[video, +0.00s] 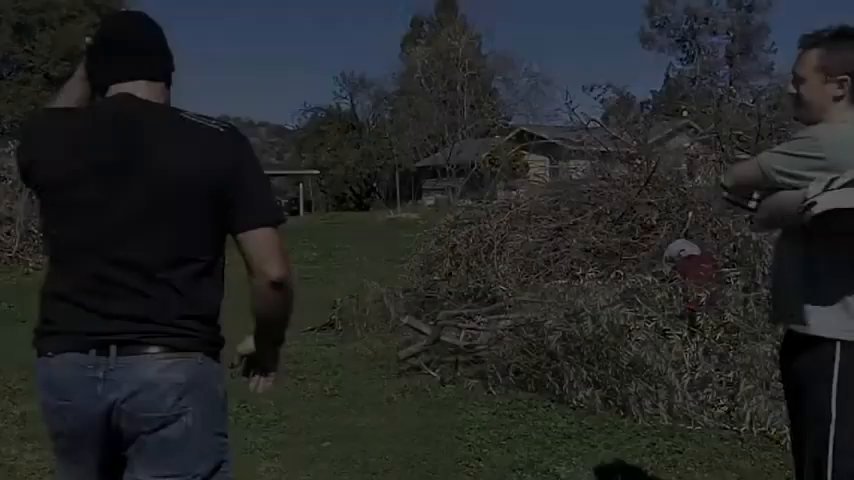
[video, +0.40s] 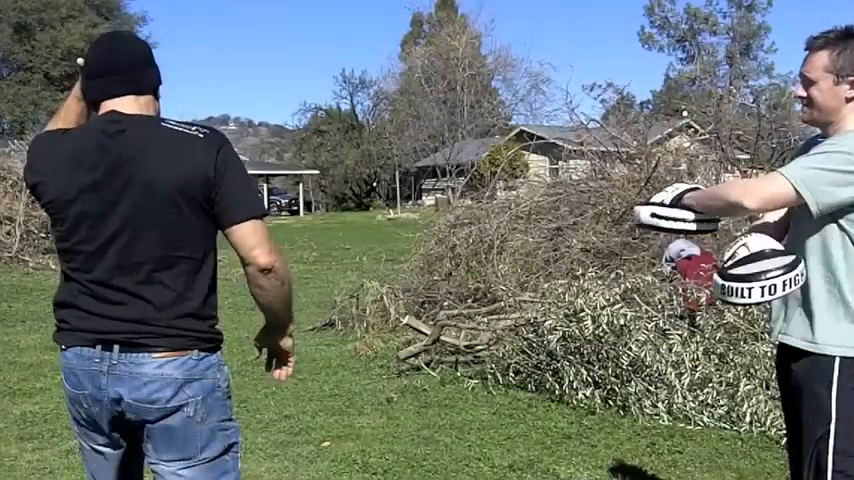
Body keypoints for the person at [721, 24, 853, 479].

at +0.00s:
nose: (791, 91)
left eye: (800, 81)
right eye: (793, 81)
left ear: (838, 87)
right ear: (835, 88)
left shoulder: (832, 139)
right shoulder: (831, 138)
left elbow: (738, 176)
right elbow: (762, 213)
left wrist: (745, 195)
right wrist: (805, 199)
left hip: (830, 340)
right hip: (815, 337)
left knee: (825, 463)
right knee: (813, 461)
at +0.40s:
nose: (798, 92)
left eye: (809, 82)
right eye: (800, 81)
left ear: (847, 88)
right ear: (838, 88)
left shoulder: (848, 149)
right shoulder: (819, 146)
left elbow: (752, 196)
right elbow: (787, 217)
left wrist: (685, 200)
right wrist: (754, 245)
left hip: (835, 347)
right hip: (803, 341)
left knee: (829, 469)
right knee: (806, 464)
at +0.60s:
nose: (793, 92)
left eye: (804, 82)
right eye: (796, 81)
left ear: (845, 87)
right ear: (837, 87)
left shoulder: (845, 152)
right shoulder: (823, 155)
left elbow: (807, 222)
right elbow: (800, 243)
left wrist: (698, 224)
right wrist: (734, 271)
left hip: (831, 362)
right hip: (805, 356)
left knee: (826, 470)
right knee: (807, 467)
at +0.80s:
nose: (779, 92)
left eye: (790, 82)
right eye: (781, 82)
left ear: (831, 88)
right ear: (825, 88)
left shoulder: (844, 155)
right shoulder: (819, 158)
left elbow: (850, 236)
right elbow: (817, 253)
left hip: (829, 363)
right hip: (804, 358)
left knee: (827, 472)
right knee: (808, 469)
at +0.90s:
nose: (773, 92)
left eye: (783, 82)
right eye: (776, 82)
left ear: (824, 87)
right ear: (819, 88)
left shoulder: (844, 159)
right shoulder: (814, 157)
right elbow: (803, 243)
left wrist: (829, 267)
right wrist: (752, 264)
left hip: (830, 360)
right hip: (798, 353)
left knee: (828, 470)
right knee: (804, 465)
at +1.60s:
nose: (789, 93)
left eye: (799, 82)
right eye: (792, 82)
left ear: (840, 87)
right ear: (836, 88)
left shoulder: (846, 161)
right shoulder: (819, 158)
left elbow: (851, 252)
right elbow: (800, 224)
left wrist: (762, 281)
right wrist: (736, 220)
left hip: (831, 365)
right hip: (798, 356)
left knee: (826, 471)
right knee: (804, 468)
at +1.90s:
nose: (804, 89)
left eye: (814, 79)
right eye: (807, 79)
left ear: (849, 85)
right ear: (841, 85)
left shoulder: (846, 161)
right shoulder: (821, 153)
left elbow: (790, 248)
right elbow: (764, 202)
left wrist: (707, 254)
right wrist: (724, 187)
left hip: (832, 364)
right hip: (803, 355)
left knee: (827, 471)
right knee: (810, 467)